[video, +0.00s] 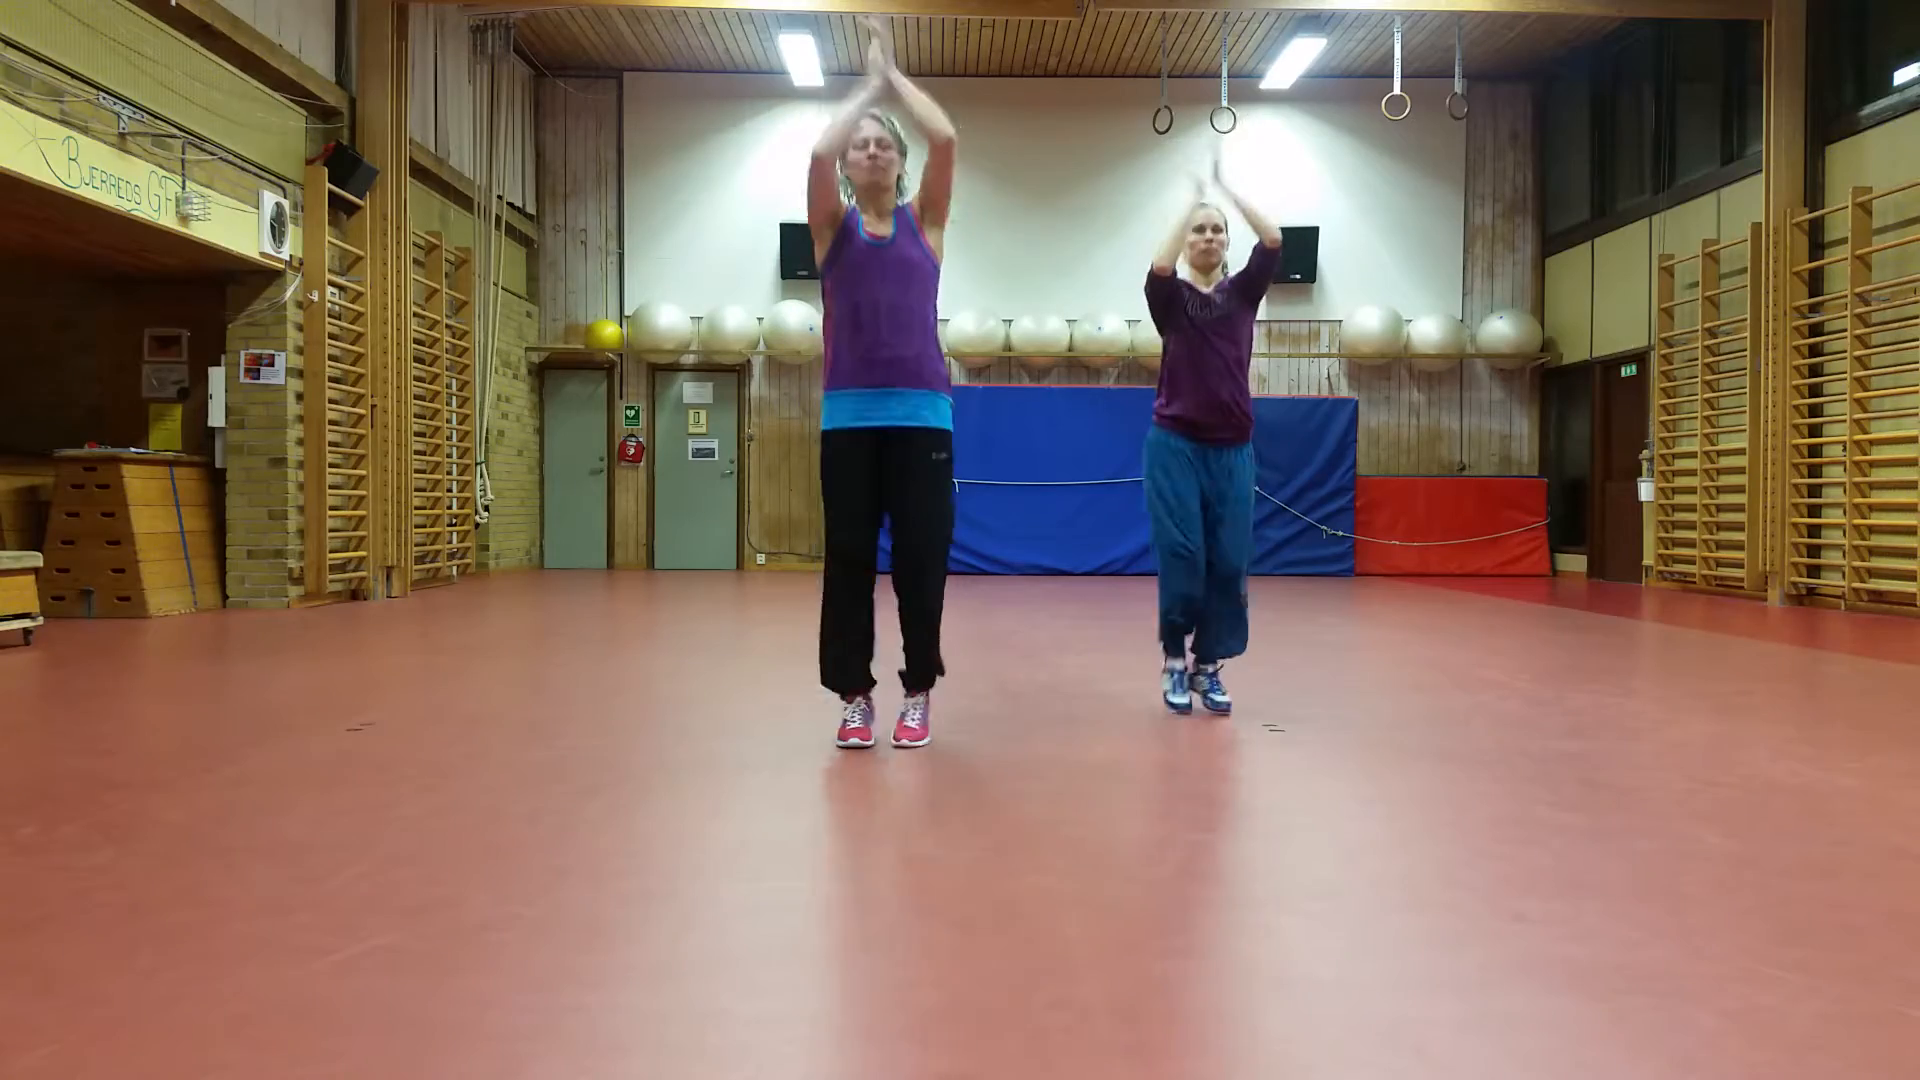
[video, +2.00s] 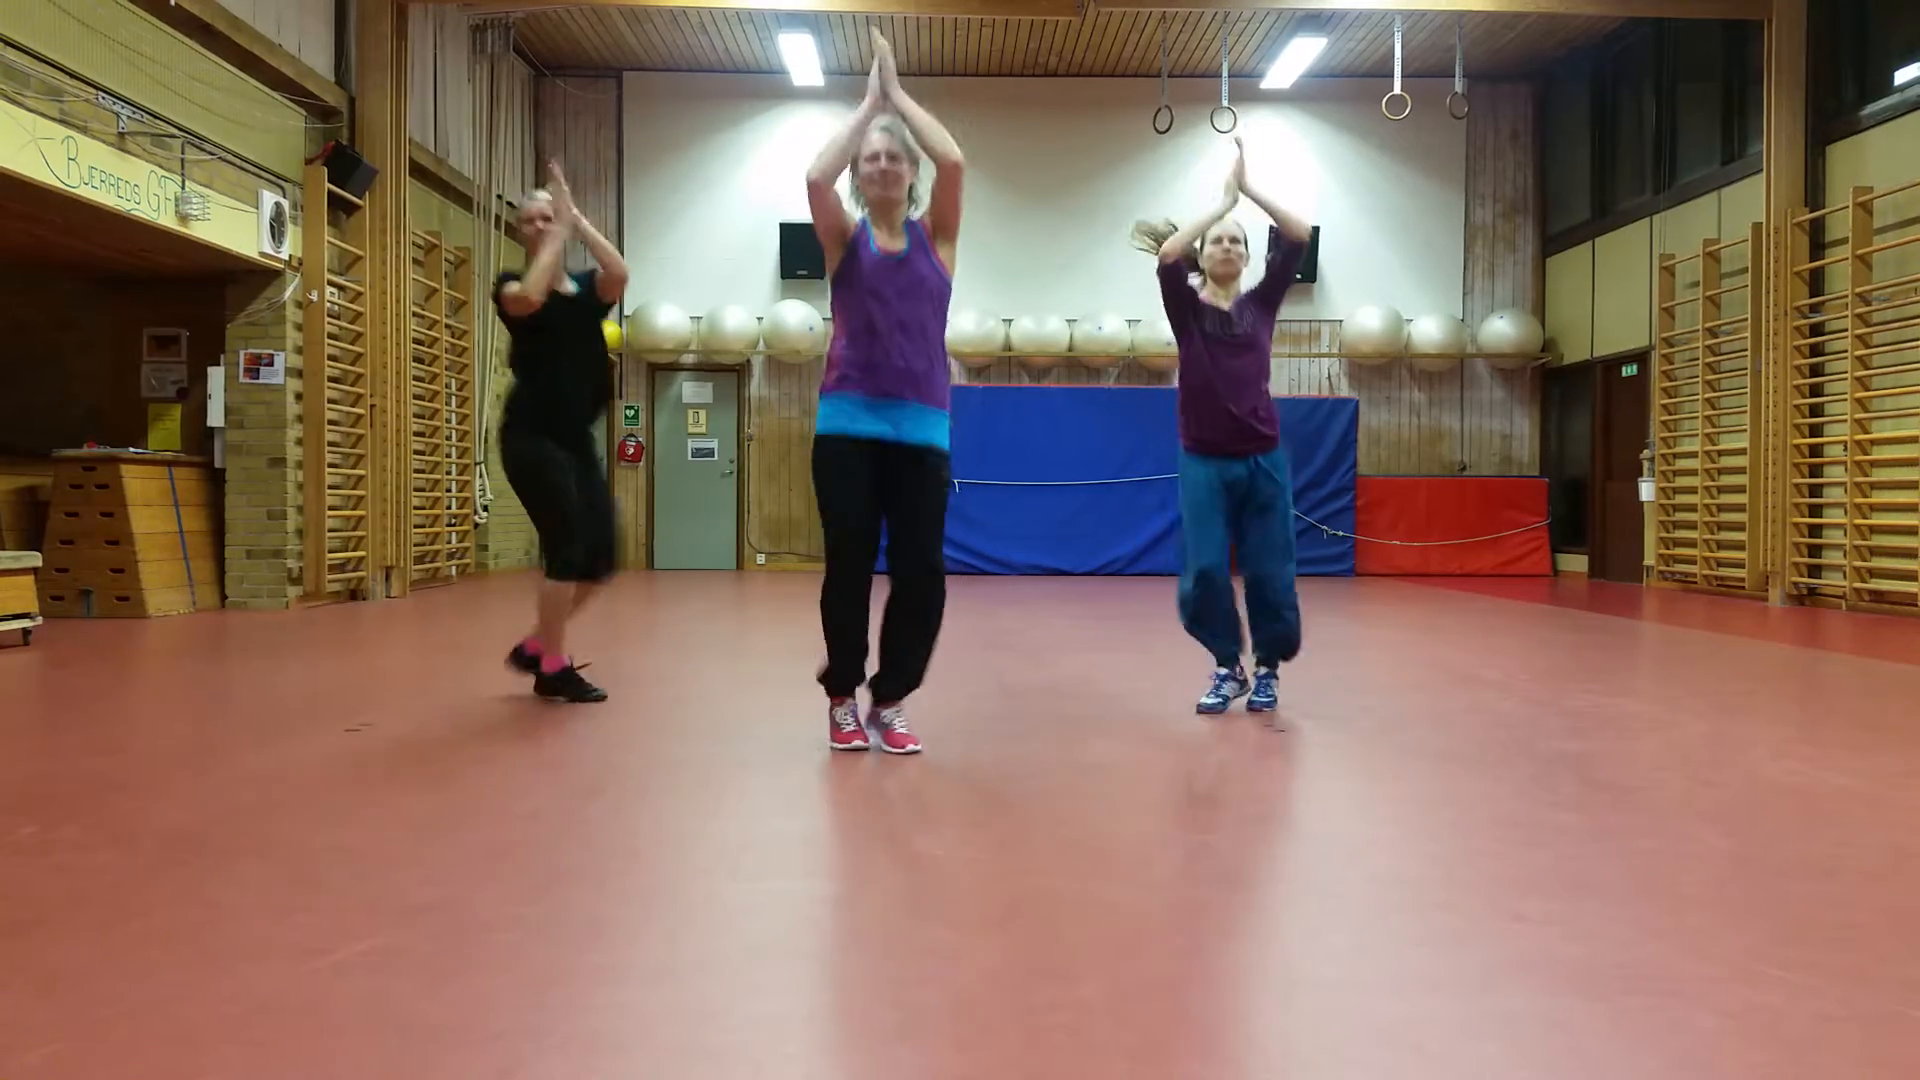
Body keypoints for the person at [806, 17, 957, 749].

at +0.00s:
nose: (874, 150)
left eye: (883, 144)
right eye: (862, 145)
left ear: (901, 163)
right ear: (844, 164)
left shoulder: (924, 222)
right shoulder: (833, 226)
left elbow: (945, 139)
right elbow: (823, 153)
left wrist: (894, 77)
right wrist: (871, 80)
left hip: (922, 416)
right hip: (851, 417)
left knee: (921, 562)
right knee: (849, 561)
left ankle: (918, 693)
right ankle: (854, 697)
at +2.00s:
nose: (883, 166)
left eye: (894, 157)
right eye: (871, 157)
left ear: (912, 172)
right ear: (855, 172)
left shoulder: (935, 239)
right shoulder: (845, 239)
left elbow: (952, 160)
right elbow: (818, 180)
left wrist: (898, 93)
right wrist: (867, 103)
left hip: (921, 425)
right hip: (849, 421)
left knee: (921, 571)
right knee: (849, 565)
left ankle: (890, 702)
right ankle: (844, 695)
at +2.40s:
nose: (889, 155)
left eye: (899, 148)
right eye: (877, 148)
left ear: (915, 165)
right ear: (859, 165)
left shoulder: (937, 230)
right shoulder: (846, 233)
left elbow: (965, 168)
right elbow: (827, 177)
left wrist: (913, 98)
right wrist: (880, 104)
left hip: (937, 420)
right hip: (861, 421)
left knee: (939, 570)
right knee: (860, 570)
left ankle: (943, 701)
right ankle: (876, 704)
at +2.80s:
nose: (881, 162)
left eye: (893, 155)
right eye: (871, 155)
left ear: (913, 173)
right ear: (855, 173)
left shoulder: (943, 241)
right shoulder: (832, 247)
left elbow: (1010, 302)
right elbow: (774, 322)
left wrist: (966, 294)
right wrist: (790, 335)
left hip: (931, 428)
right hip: (856, 426)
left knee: (927, 570)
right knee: (830, 560)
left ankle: (922, 706)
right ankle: (831, 699)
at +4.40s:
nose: (908, 203)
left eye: (919, 198)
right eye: (896, 197)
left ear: (933, 220)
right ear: (876, 218)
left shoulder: (952, 277)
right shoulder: (861, 277)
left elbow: (997, 295)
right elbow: (826, 319)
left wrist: (955, 216)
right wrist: (872, 246)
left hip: (957, 468)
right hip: (873, 470)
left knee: (1016, 593)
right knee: (797, 589)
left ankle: (1061, 712)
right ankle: (758, 712)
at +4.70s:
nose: (909, 195)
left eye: (920, 187)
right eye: (898, 187)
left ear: (937, 203)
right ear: (878, 205)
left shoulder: (963, 255)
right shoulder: (867, 267)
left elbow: (1025, 268)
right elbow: (808, 288)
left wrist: (975, 277)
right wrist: (852, 269)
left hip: (962, 455)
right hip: (879, 453)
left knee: (1018, 580)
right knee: (793, 558)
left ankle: (1072, 700)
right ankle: (749, 691)